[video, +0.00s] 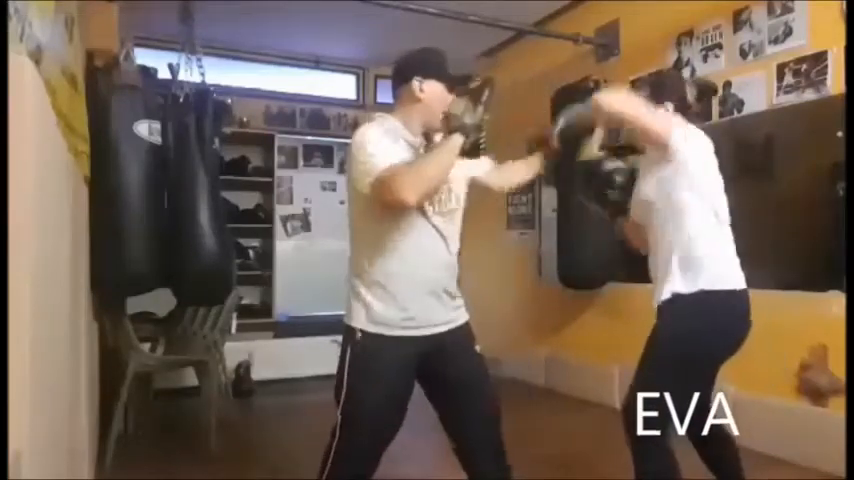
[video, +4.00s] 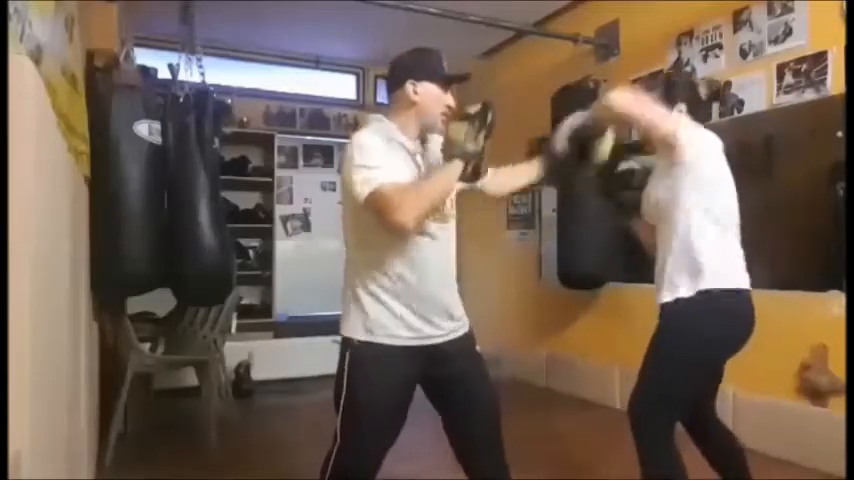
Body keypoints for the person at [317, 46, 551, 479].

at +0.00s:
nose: (454, 100)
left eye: (454, 91)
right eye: (447, 88)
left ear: (422, 91)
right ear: (418, 88)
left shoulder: (449, 149)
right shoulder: (373, 137)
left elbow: (503, 175)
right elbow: (402, 192)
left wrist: (551, 153)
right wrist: (458, 136)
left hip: (447, 327)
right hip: (381, 331)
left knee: (485, 448)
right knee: (354, 457)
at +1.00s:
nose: (486, 111)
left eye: (487, 105)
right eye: (481, 101)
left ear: (461, 102)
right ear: (455, 96)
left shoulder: (454, 163)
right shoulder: (416, 121)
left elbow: (465, 246)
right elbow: (489, 135)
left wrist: (524, 250)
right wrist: (532, 116)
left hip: (461, 324)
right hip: (402, 321)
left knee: (496, 445)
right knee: (369, 450)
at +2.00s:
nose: (483, 115)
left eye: (485, 106)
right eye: (479, 104)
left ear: (449, 101)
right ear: (448, 99)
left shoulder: (461, 145)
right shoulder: (406, 151)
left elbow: (505, 121)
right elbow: (426, 237)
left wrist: (562, 95)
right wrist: (509, 257)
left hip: (463, 325)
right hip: (401, 329)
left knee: (498, 436)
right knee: (367, 450)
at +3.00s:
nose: (503, 98)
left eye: (502, 88)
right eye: (496, 86)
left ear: (469, 90)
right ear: (468, 88)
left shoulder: (474, 152)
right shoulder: (426, 135)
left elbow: (508, 213)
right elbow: (468, 212)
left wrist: (566, 195)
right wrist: (532, 175)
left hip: (470, 327)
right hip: (410, 325)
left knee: (496, 446)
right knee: (370, 450)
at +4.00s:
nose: (452, 102)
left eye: (451, 91)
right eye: (443, 89)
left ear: (419, 93)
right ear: (412, 90)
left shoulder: (439, 146)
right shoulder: (368, 144)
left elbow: (495, 181)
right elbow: (401, 213)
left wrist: (555, 161)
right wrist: (459, 161)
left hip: (448, 334)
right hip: (380, 340)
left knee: (487, 456)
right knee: (355, 462)